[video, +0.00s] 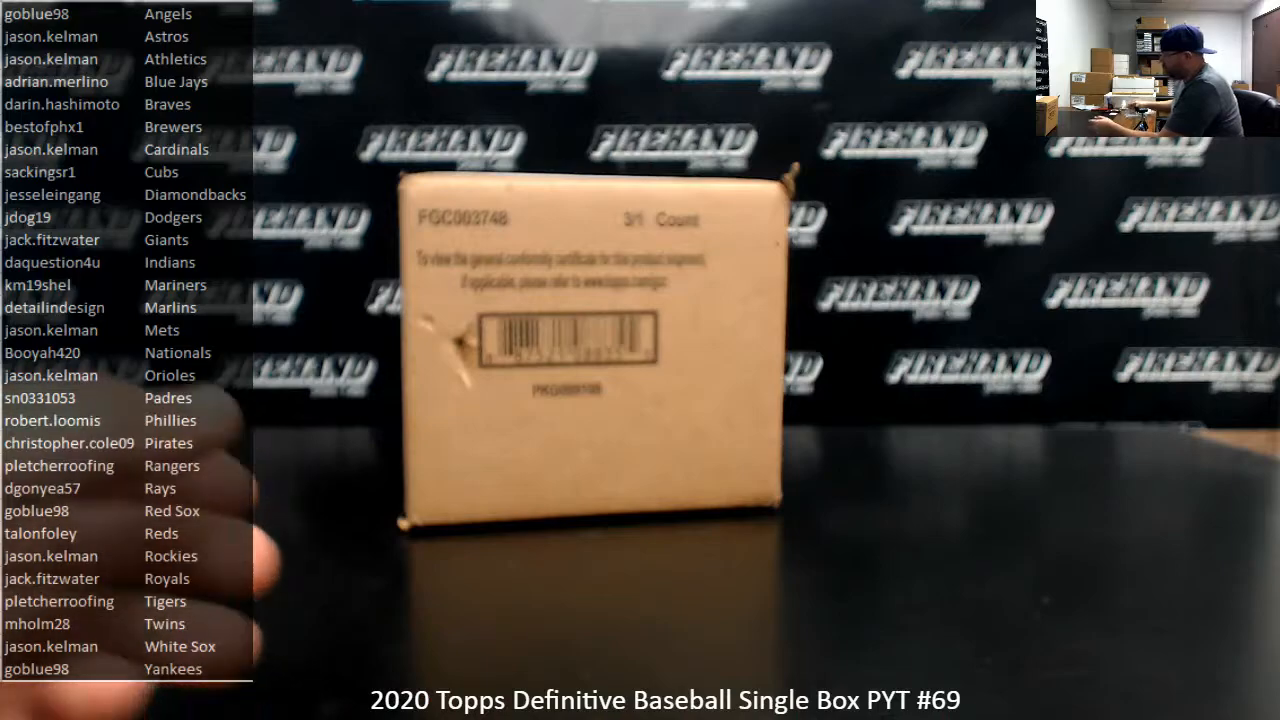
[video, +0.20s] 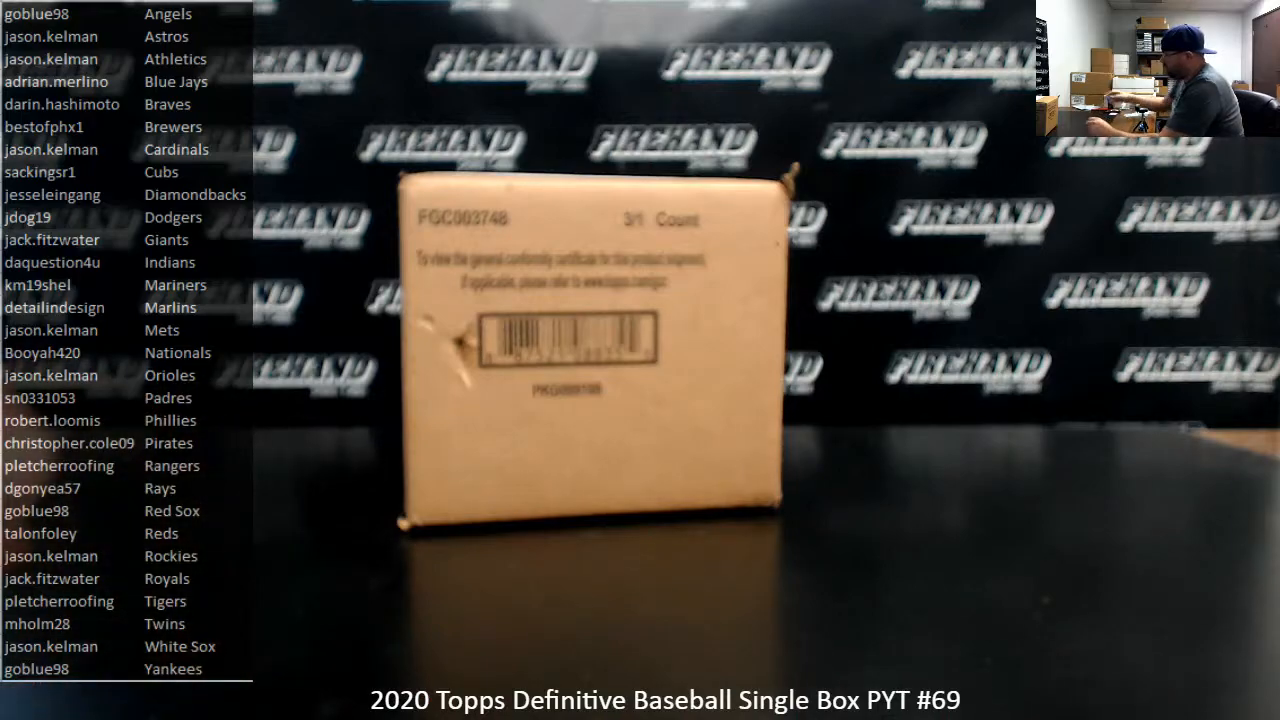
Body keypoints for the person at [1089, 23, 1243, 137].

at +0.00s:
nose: (1161, 61)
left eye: (1165, 55)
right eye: (1161, 55)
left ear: (1186, 57)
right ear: (1189, 57)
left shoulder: (1203, 88)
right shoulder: (1199, 79)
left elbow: (1164, 142)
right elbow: (1180, 106)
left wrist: (1113, 129)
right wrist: (1147, 105)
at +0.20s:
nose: (1162, 61)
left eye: (1166, 55)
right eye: (1163, 55)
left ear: (1187, 57)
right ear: (1188, 57)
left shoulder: (1203, 87)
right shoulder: (1188, 77)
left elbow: (1164, 143)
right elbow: (1165, 104)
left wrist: (1110, 133)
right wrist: (1128, 98)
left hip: (1218, 164)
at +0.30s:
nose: (1161, 61)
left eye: (1165, 55)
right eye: (1162, 55)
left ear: (1186, 57)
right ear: (1187, 57)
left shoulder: (1204, 86)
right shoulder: (1185, 78)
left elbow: (1166, 144)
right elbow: (1156, 101)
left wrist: (1112, 136)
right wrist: (1117, 98)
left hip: (1219, 163)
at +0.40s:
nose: (1156, 62)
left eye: (1161, 56)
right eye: (1157, 56)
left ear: (1182, 56)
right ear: (1181, 57)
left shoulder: (1200, 86)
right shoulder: (1178, 79)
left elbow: (1166, 146)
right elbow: (1138, 98)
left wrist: (1113, 135)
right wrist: (1100, 96)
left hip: (1218, 163)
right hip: (1196, 157)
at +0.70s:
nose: (1145, 62)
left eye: (1148, 56)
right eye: (1145, 56)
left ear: (1169, 55)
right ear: (1169, 55)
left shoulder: (1193, 82)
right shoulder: (1165, 78)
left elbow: (1173, 146)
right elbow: (1128, 101)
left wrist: (1114, 135)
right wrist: (1087, 100)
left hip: (1209, 159)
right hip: (1184, 154)